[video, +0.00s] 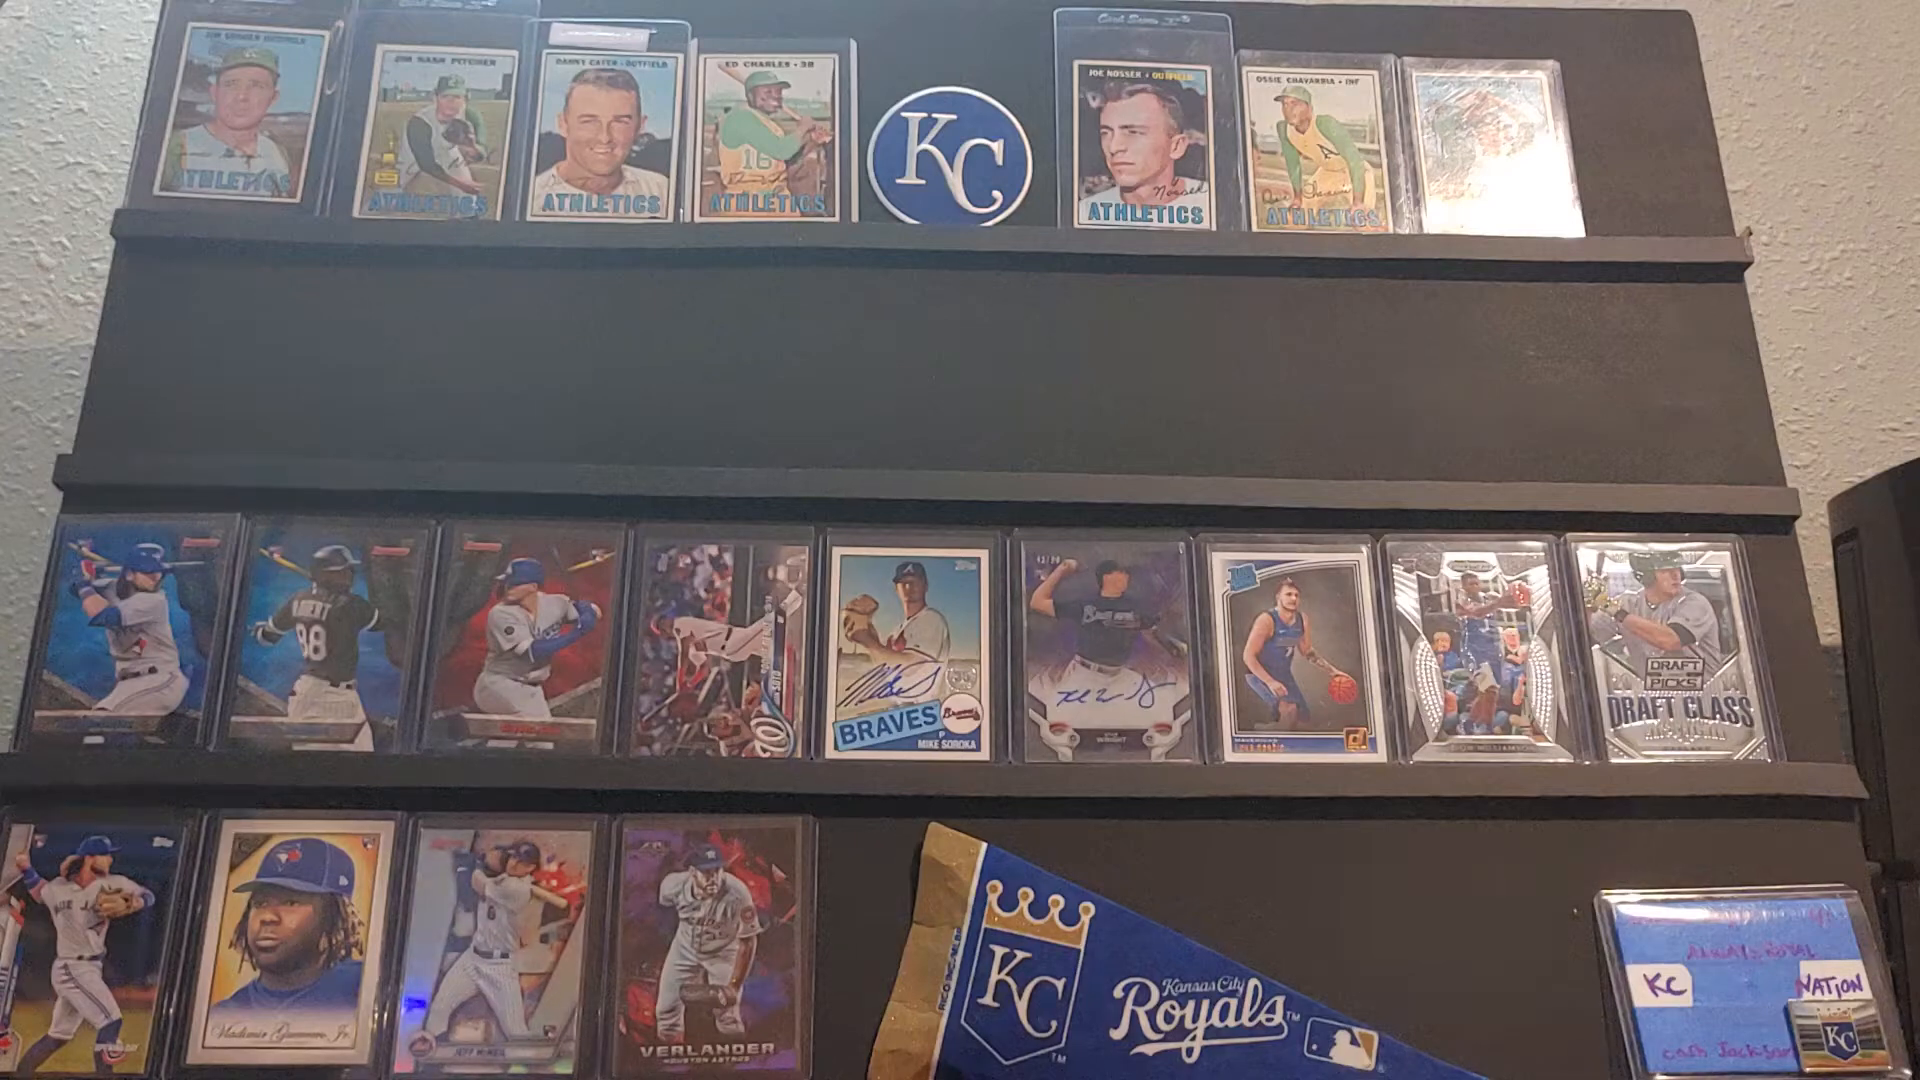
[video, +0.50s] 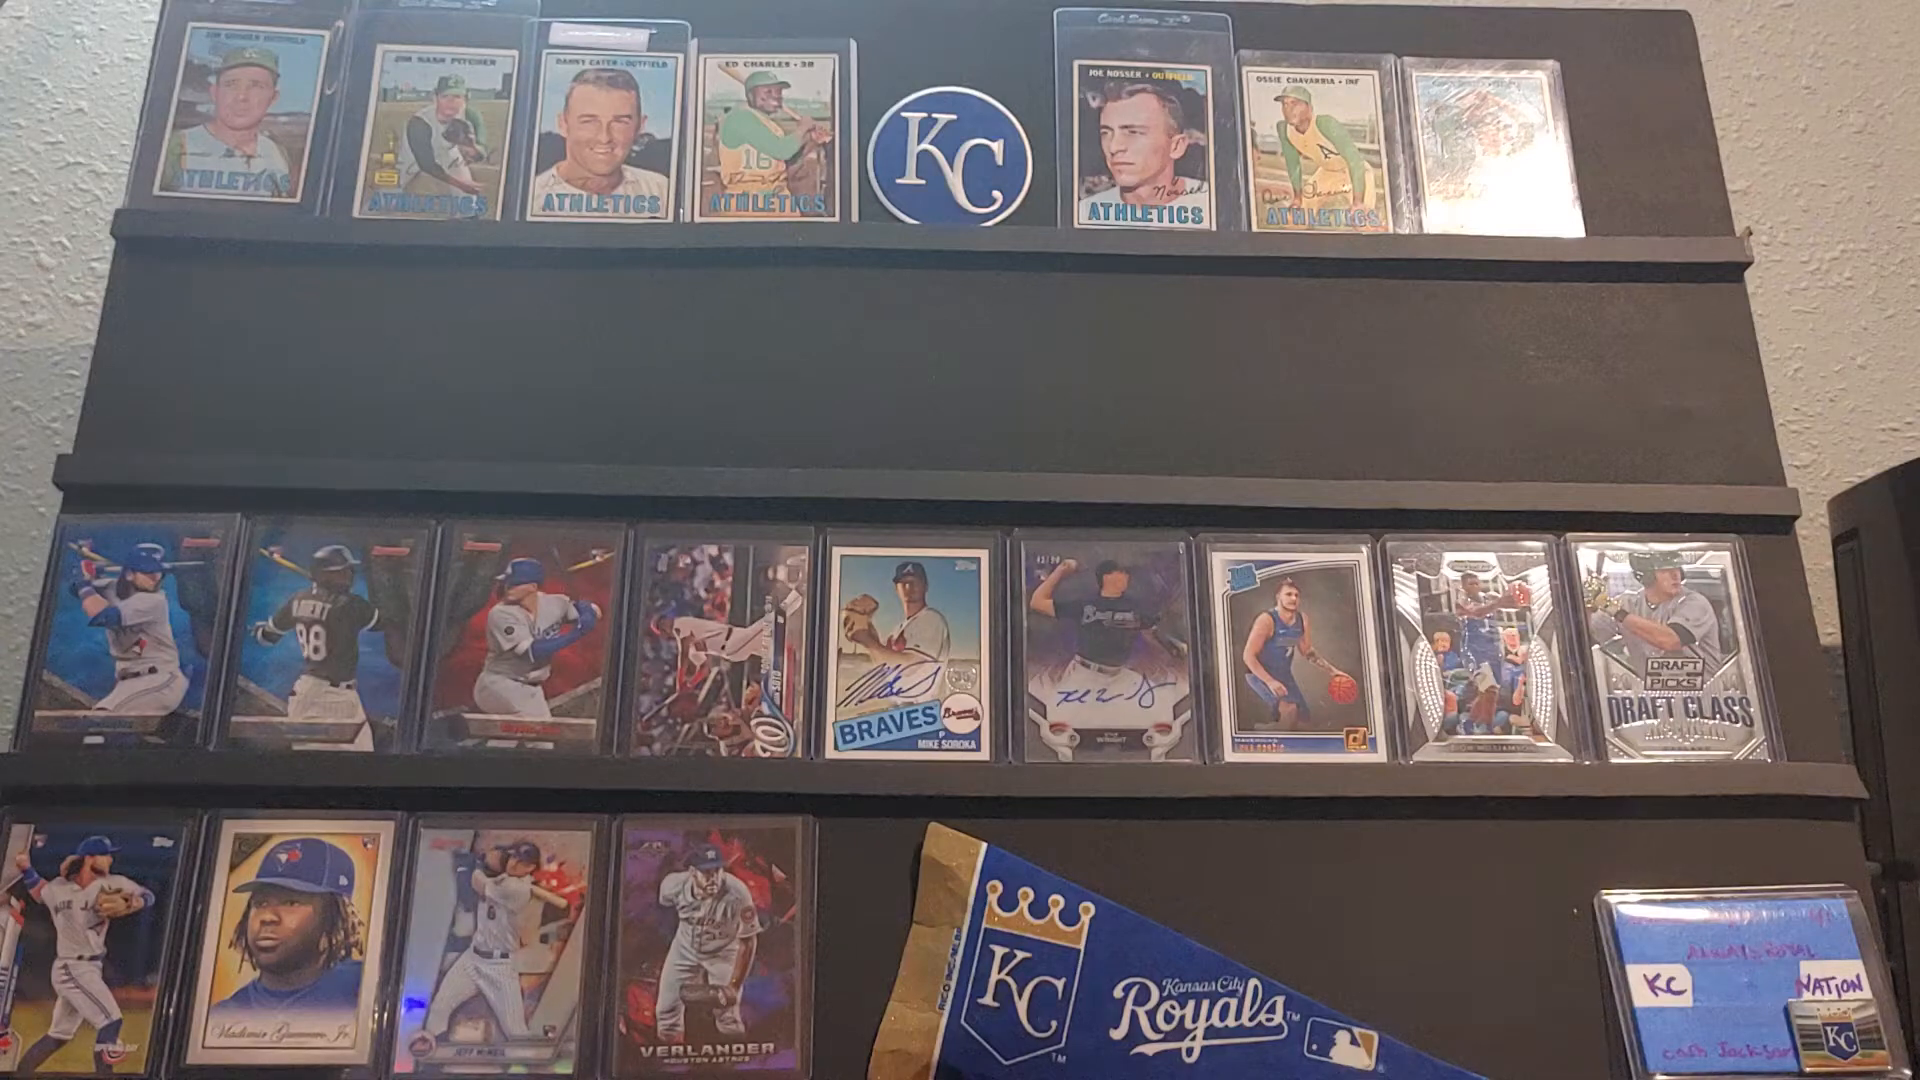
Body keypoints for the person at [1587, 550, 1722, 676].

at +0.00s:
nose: (1676, 576)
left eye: (1677, 569)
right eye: (1666, 570)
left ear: (1682, 571)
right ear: (1646, 575)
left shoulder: (1696, 604)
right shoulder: (1628, 603)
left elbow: (1671, 641)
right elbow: (1588, 635)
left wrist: (1623, 616)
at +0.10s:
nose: (1676, 576)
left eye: (1677, 569)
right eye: (1666, 570)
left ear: (1682, 571)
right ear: (1646, 575)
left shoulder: (1696, 604)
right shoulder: (1628, 603)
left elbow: (1671, 641)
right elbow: (1588, 635)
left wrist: (1623, 616)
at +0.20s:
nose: (1676, 576)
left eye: (1677, 569)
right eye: (1666, 570)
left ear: (1682, 571)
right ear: (1646, 575)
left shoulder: (1696, 604)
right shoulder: (1628, 603)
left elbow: (1671, 641)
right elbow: (1588, 635)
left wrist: (1623, 616)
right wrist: (1585, 610)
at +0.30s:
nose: (1676, 575)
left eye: (1677, 568)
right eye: (1666, 570)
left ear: (1682, 571)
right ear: (1645, 575)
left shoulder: (1696, 604)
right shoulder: (1628, 603)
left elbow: (1670, 641)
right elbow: (1589, 635)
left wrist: (1623, 616)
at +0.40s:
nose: (1676, 575)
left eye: (1677, 568)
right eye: (1666, 570)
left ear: (1682, 571)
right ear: (1645, 575)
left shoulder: (1696, 604)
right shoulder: (1628, 603)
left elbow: (1670, 641)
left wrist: (1623, 616)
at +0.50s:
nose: (1676, 575)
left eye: (1677, 568)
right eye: (1666, 570)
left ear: (1682, 571)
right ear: (1645, 575)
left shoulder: (1696, 604)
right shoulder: (1628, 603)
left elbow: (1671, 641)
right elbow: (1588, 635)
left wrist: (1621, 615)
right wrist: (1584, 608)